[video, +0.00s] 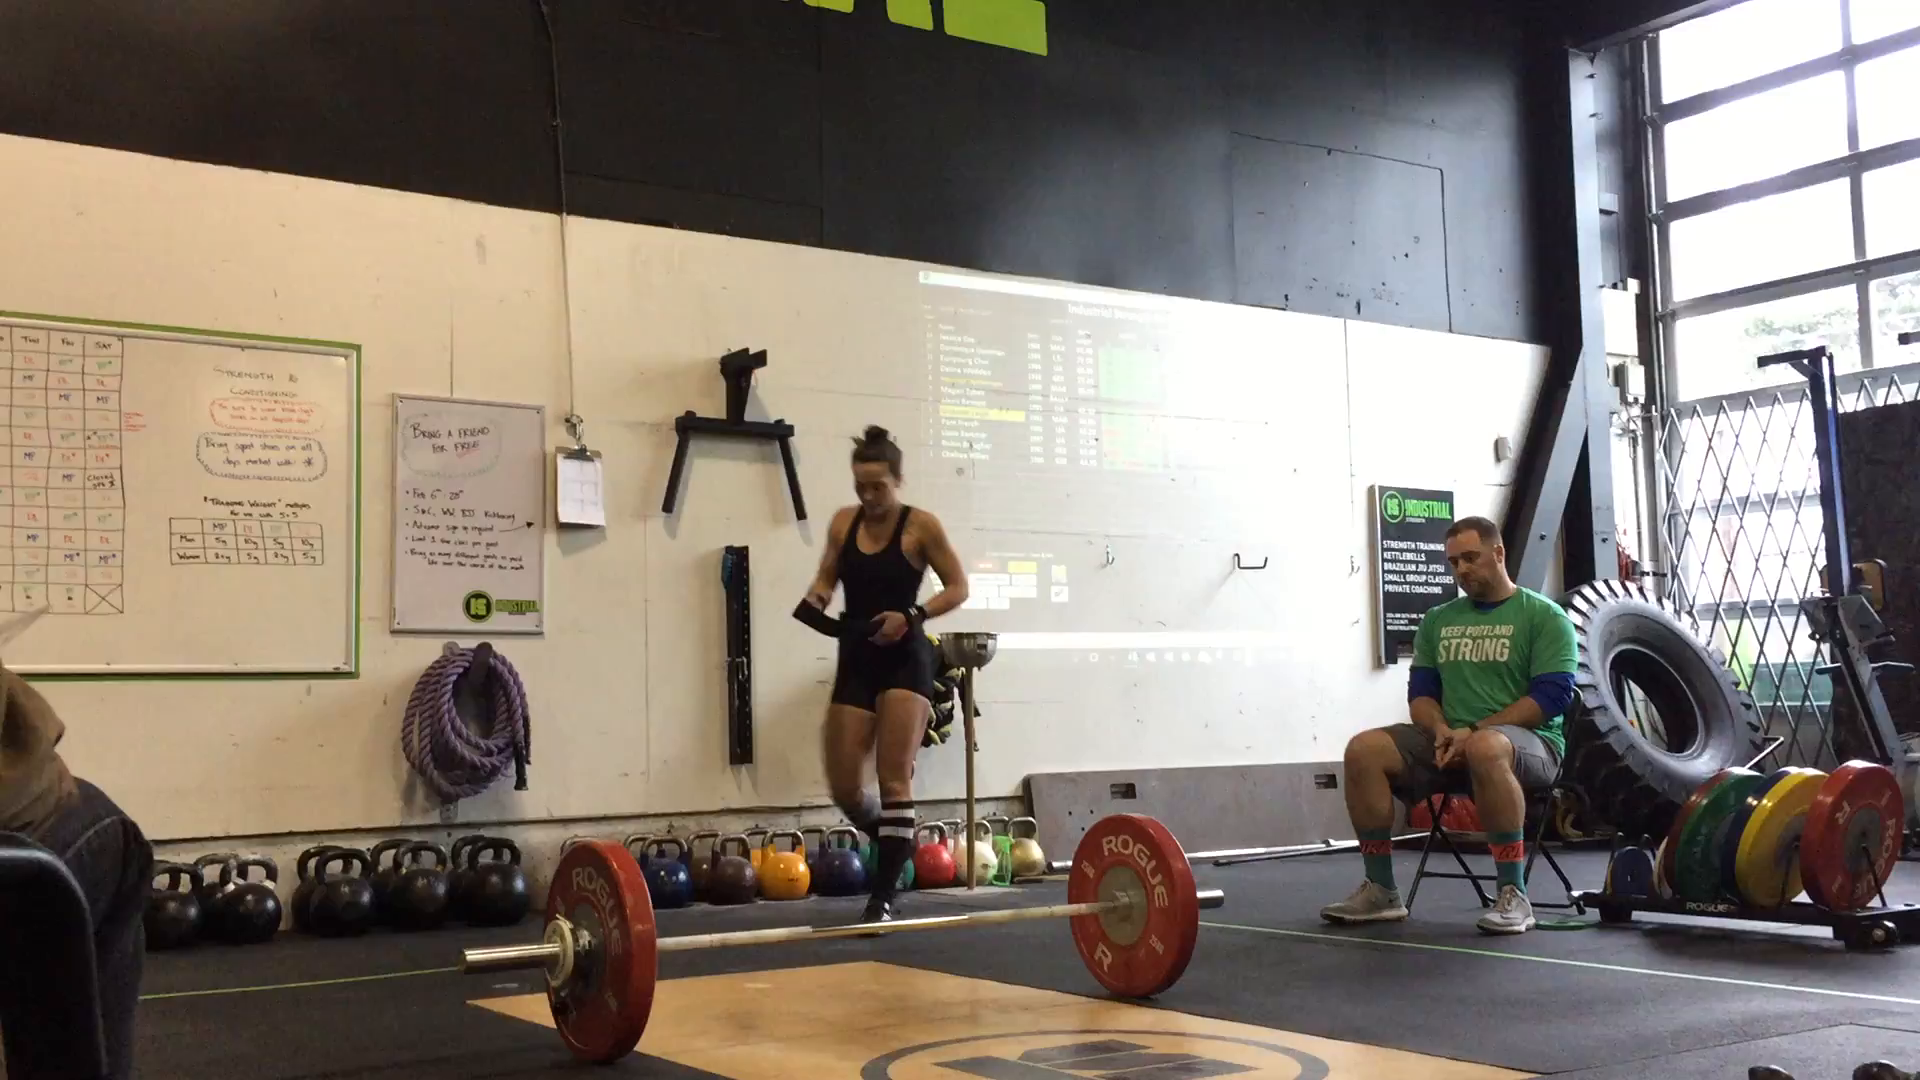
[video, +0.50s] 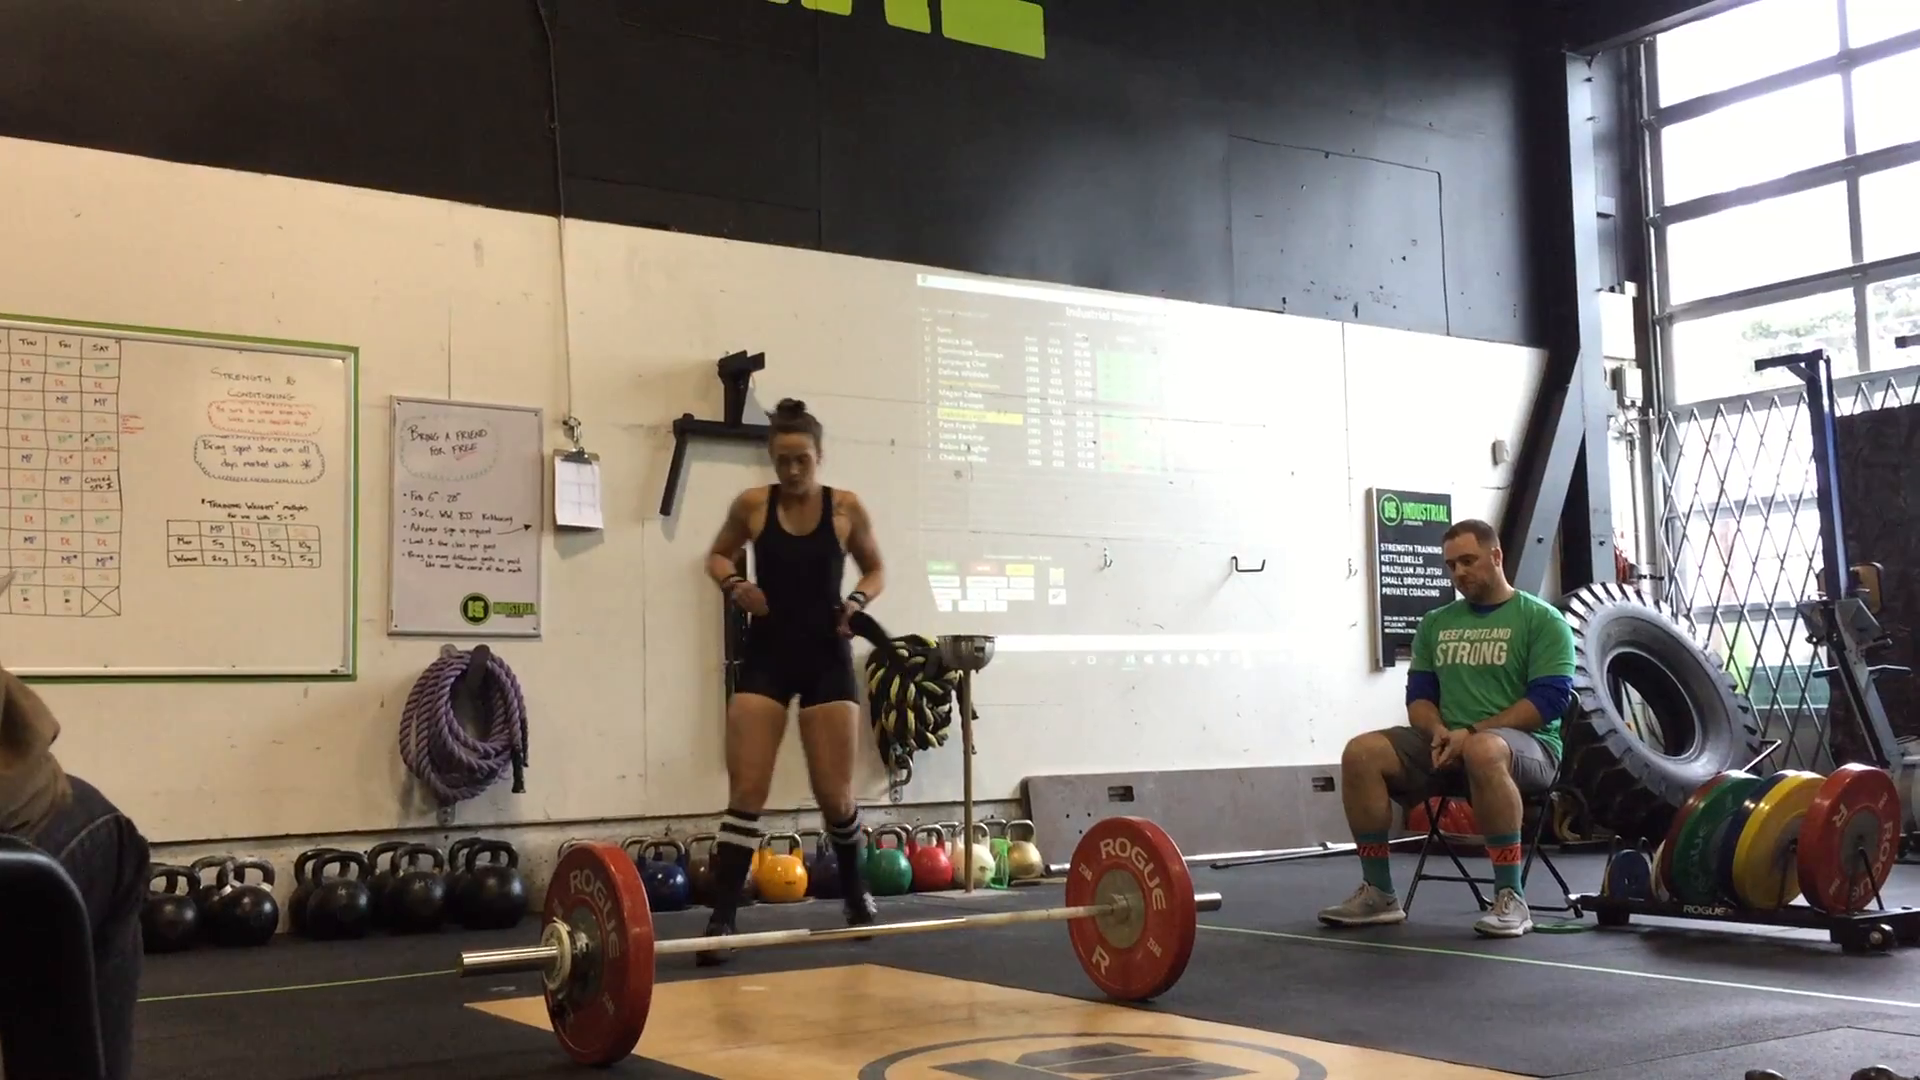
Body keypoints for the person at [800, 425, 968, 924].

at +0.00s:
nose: (867, 495)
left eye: (876, 485)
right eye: (860, 485)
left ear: (897, 480)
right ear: (853, 481)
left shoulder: (922, 526)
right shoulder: (845, 522)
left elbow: (957, 589)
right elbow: (826, 578)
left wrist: (911, 617)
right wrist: (818, 597)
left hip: (904, 656)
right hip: (856, 655)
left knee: (894, 775)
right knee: (843, 788)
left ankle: (883, 898)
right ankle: (893, 842)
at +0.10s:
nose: (853, 491)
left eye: (862, 481)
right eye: (845, 481)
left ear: (882, 472)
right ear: (837, 474)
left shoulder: (910, 517)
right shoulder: (830, 512)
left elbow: (949, 577)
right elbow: (804, 571)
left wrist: (910, 609)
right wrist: (813, 593)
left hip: (892, 658)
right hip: (841, 660)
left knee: (888, 779)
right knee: (812, 773)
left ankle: (881, 900)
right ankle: (861, 854)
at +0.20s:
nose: (836, 488)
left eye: (845, 478)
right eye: (828, 478)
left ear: (867, 467)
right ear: (821, 471)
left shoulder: (897, 512)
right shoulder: (816, 508)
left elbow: (936, 568)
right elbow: (789, 557)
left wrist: (903, 601)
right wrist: (798, 587)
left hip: (880, 656)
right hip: (827, 653)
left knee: (880, 780)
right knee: (793, 768)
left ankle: (879, 900)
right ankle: (806, 896)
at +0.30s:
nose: (820, 488)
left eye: (829, 477)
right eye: (813, 478)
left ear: (852, 467)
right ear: (805, 471)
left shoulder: (883, 513)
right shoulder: (797, 511)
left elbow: (924, 566)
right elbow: (770, 549)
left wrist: (893, 600)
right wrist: (776, 582)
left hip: (867, 657)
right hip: (809, 655)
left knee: (871, 785)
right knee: (783, 780)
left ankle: (875, 903)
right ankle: (746, 906)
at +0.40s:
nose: (803, 484)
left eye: (812, 473)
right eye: (795, 474)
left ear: (834, 465)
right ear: (786, 469)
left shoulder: (865, 515)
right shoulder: (774, 511)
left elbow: (903, 570)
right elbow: (743, 555)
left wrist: (874, 605)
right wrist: (755, 584)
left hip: (847, 662)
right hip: (788, 661)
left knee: (852, 795)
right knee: (767, 791)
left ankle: (870, 903)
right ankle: (731, 914)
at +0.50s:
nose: (791, 469)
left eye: (800, 459)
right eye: (782, 460)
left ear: (819, 456)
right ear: (771, 458)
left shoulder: (846, 509)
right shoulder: (752, 505)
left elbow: (874, 571)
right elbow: (718, 556)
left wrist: (854, 605)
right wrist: (736, 585)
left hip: (827, 657)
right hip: (766, 655)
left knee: (835, 796)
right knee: (746, 792)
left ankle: (855, 898)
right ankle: (722, 921)